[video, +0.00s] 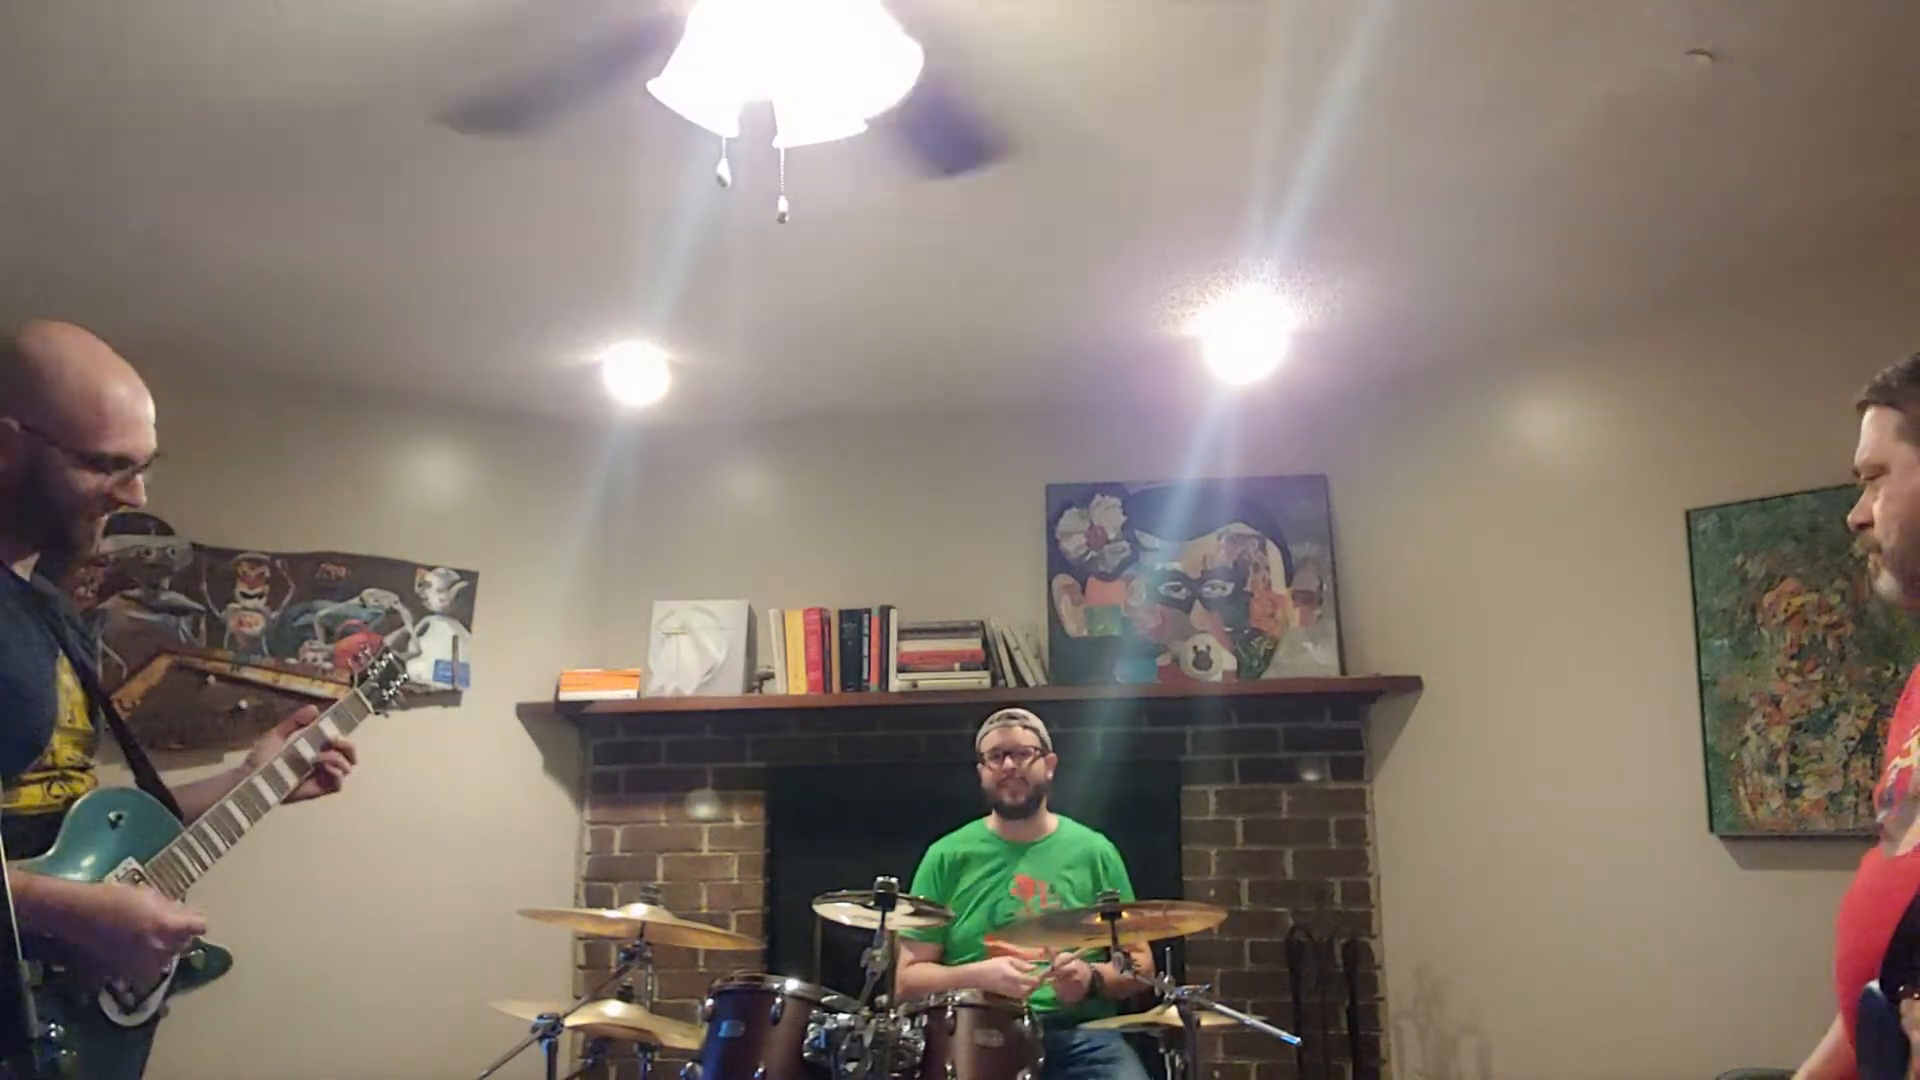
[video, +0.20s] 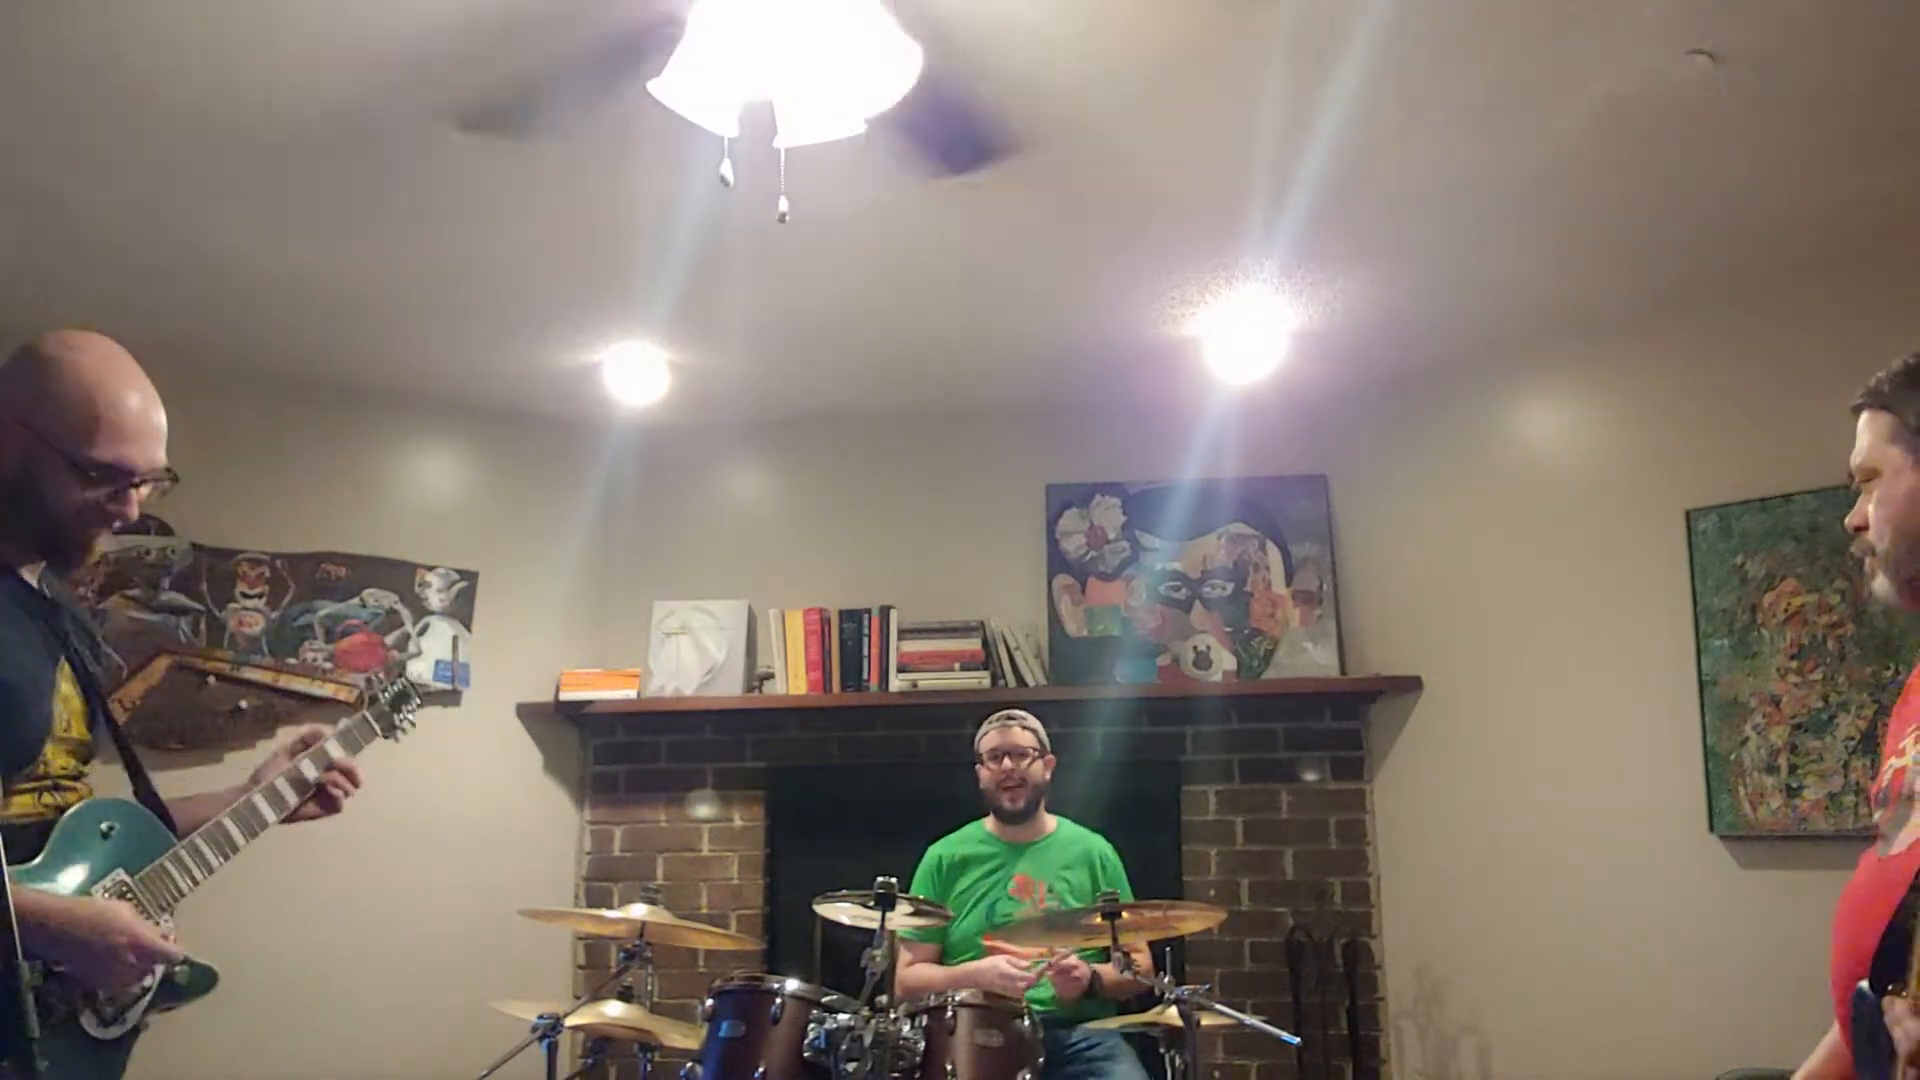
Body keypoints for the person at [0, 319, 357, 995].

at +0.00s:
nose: (136, 496)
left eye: (143, 467)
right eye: (108, 466)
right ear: (11, 446)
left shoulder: (47, 622)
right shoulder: (17, 623)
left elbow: (70, 830)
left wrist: (252, 777)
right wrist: (73, 914)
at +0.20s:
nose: (129, 511)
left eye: (149, 482)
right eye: (101, 476)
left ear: (163, 462)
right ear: (15, 444)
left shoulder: (55, 620)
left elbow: (65, 835)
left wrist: (250, 800)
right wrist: (43, 923)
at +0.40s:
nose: (133, 518)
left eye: (153, 491)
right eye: (106, 485)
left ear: (169, 470)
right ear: (16, 445)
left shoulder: (61, 612)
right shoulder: (13, 613)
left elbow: (65, 833)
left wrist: (258, 807)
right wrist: (35, 923)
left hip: (48, 1034)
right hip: (3, 1038)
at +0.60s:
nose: (127, 533)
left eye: (151, 507)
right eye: (105, 498)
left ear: (170, 481)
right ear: (21, 450)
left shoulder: (67, 613)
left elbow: (73, 830)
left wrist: (263, 815)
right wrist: (13, 925)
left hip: (41, 1037)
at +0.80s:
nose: (127, 531)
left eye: (150, 504)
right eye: (105, 497)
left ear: (169, 475)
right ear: (15, 447)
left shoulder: (55, 603)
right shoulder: (15, 613)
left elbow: (56, 829)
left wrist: (255, 821)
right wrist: (10, 944)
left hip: (30, 1036)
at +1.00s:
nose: (147, 533)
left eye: (169, 504)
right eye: (123, 497)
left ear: (187, 476)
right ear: (26, 442)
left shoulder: (46, 609)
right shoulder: (20, 614)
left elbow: (27, 820)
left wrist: (227, 833)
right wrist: (14, 974)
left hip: (35, 1038)